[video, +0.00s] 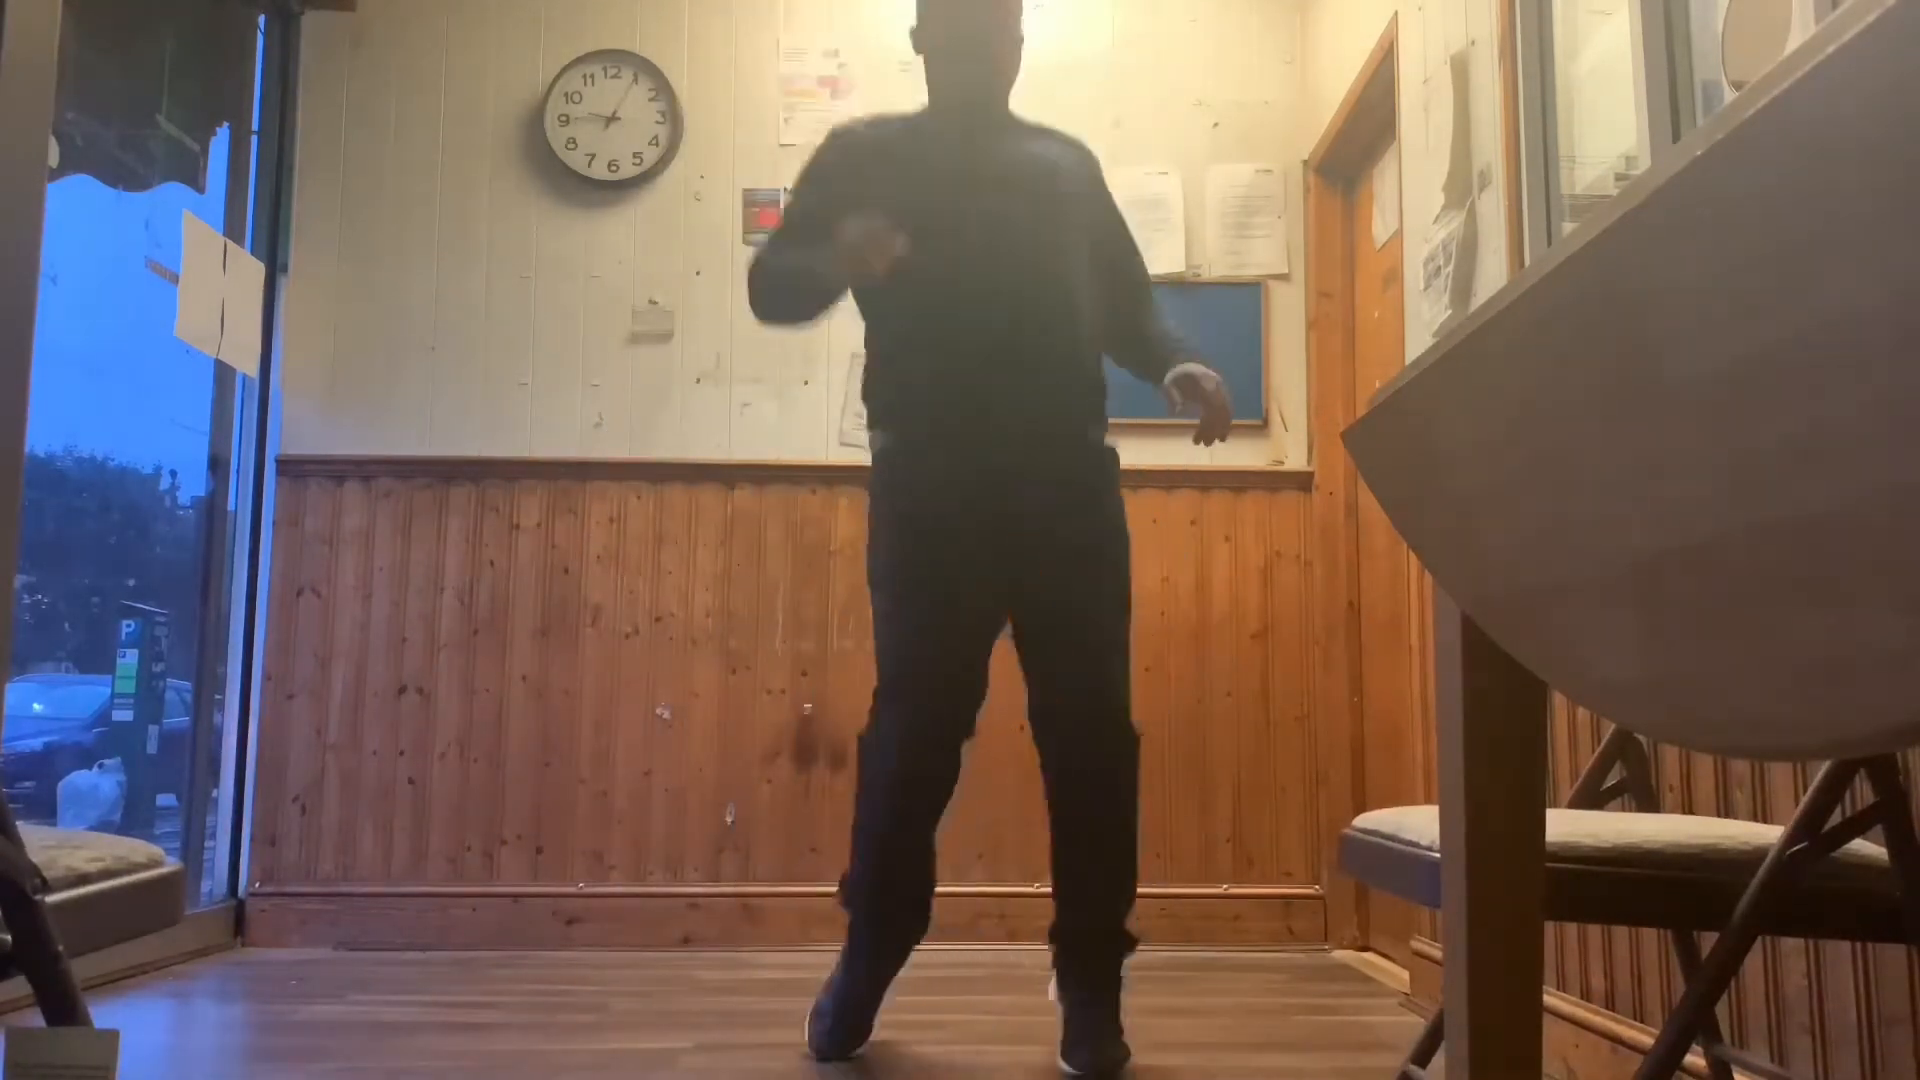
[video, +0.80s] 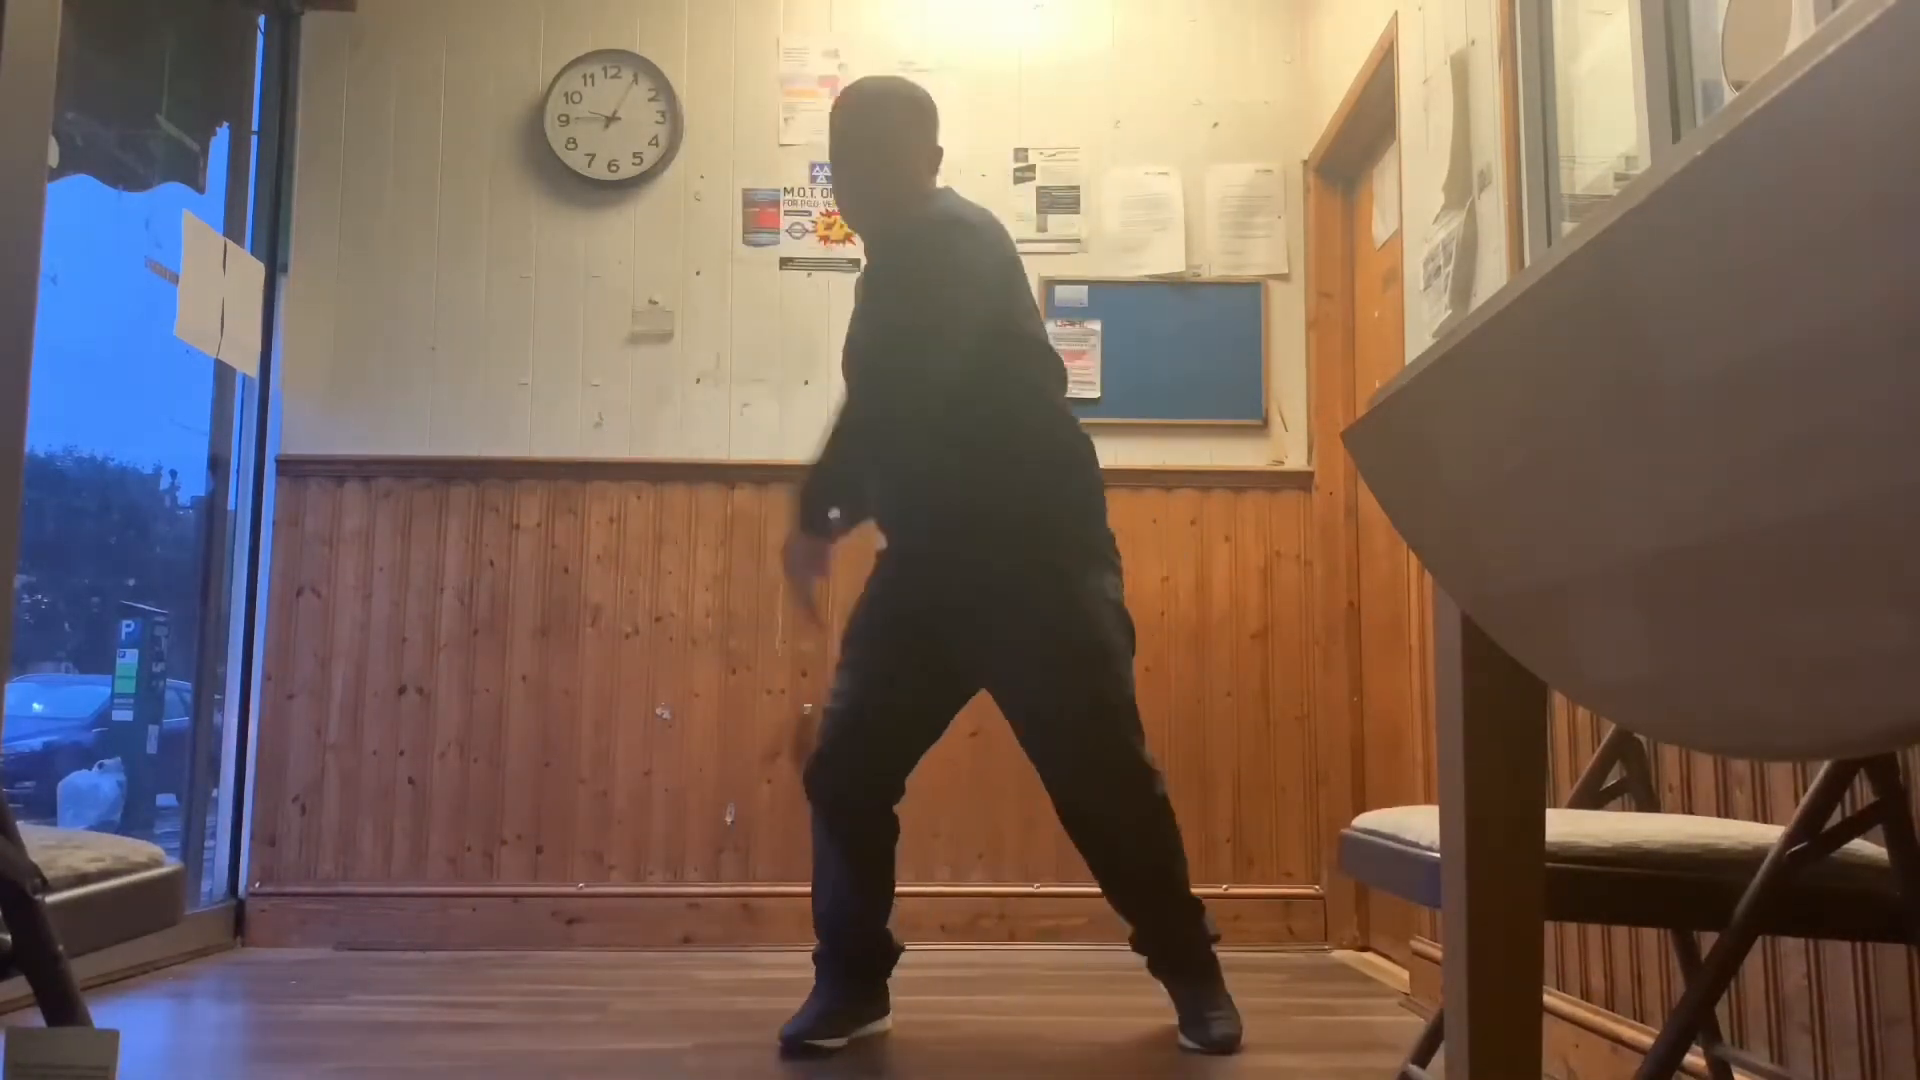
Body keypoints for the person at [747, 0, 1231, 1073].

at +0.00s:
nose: (996, 39)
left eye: (1006, 21)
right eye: (972, 20)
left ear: (1019, 42)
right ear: (925, 33)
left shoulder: (1065, 165)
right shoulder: (861, 153)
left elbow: (1123, 309)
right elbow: (771, 294)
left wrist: (1175, 363)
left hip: (1068, 489)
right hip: (932, 490)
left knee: (1091, 734)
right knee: (915, 727)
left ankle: (1092, 983)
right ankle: (871, 949)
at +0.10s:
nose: (979, 125)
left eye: (995, 105)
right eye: (956, 105)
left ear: (1019, 125)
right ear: (918, 125)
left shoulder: (1075, 258)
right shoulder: (868, 259)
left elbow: (1132, 378)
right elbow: (809, 402)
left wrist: (1167, 411)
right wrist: (827, 472)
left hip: (1058, 565)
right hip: (922, 567)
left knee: (1088, 795)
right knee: (917, 800)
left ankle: (1071, 1003)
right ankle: (849, 992)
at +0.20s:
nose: (960, 144)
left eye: (978, 123)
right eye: (936, 124)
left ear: (1006, 135)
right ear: (905, 137)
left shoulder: (1069, 260)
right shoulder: (858, 272)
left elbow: (1137, 380)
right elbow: (806, 435)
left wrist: (1099, 422)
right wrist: (795, 583)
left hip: (1051, 583)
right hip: (913, 586)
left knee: (1086, 797)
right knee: (893, 803)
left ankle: (1069, 999)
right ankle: (852, 991)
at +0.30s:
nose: (913, 119)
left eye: (934, 97)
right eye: (896, 100)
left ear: (979, 106)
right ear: (877, 114)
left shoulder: (1048, 218)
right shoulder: (843, 257)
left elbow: (1102, 345)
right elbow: (799, 409)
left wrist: (968, 393)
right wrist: (765, 553)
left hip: (1043, 555)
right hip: (904, 562)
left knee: (1075, 772)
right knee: (876, 777)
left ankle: (1074, 1000)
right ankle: (854, 985)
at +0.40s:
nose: (888, 113)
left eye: (909, 91)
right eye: (873, 94)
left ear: (954, 97)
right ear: (853, 107)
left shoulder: (1013, 184)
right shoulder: (840, 241)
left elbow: (1015, 339)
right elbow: (808, 390)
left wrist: (865, 378)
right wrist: (774, 517)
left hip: (1032, 522)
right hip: (900, 530)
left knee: (1061, 761)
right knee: (868, 763)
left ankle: (1082, 997)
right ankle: (854, 981)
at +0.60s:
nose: (835, 141)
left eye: (855, 118)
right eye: (830, 120)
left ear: (915, 114)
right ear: (836, 127)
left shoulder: (950, 202)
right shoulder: (877, 232)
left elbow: (862, 314)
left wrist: (747, 380)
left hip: (1006, 531)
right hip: (899, 537)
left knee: (1060, 748)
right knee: (851, 758)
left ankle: (1158, 950)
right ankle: (851, 977)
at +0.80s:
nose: (841, 189)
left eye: (857, 166)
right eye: (836, 166)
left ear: (915, 158)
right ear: (855, 165)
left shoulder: (942, 245)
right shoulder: (907, 255)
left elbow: (895, 400)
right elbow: (878, 402)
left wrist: (821, 512)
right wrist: (828, 510)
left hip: (1036, 562)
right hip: (934, 565)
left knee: (1105, 784)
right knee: (848, 776)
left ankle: (1195, 981)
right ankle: (852, 983)